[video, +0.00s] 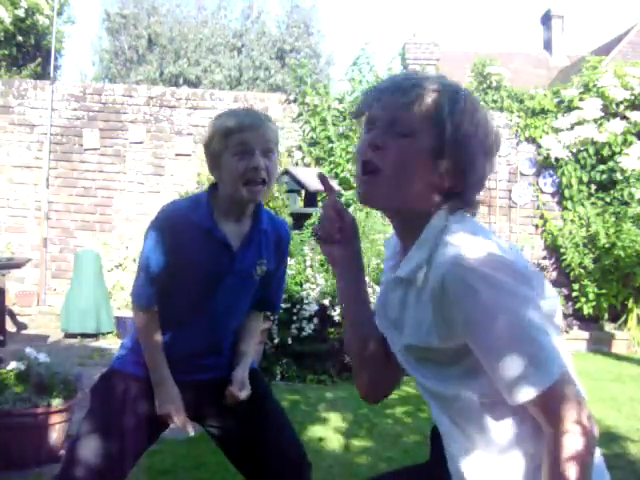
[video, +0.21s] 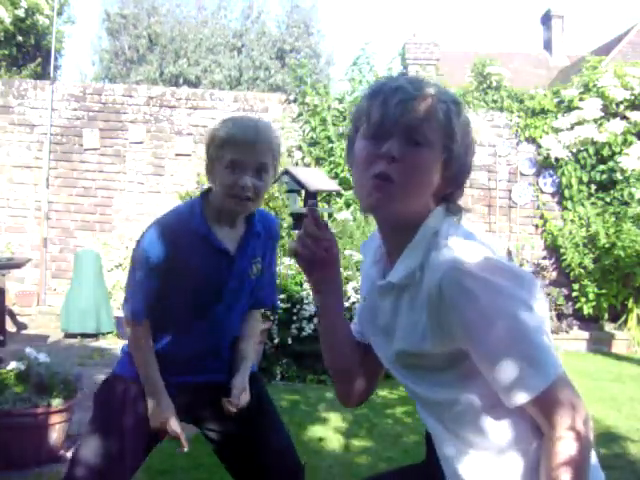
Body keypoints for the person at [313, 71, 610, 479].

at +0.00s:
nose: (370, 141)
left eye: (399, 132)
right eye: (368, 128)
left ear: (447, 174)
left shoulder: (467, 264)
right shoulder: (403, 248)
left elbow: (573, 422)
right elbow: (373, 385)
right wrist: (344, 260)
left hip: (527, 471)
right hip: (465, 464)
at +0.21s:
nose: (389, 150)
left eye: (414, 141)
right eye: (375, 136)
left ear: (447, 178)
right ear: (351, 158)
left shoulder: (466, 272)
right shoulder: (379, 253)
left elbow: (569, 421)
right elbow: (353, 389)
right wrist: (326, 283)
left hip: (526, 472)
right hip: (455, 464)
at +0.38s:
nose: (382, 153)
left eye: (406, 143)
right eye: (365, 139)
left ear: (439, 180)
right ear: (341, 163)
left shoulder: (464, 271)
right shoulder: (367, 258)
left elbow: (562, 420)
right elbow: (375, 392)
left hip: (517, 470)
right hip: (445, 463)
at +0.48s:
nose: (372, 159)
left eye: (395, 149)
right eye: (355, 146)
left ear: (430, 182)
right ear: (331, 170)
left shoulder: (463, 278)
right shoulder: (366, 263)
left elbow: (553, 429)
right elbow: (386, 390)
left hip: (512, 469)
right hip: (438, 465)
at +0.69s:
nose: (306, 93)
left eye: (316, 77)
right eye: (310, 77)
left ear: (352, 81)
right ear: (399, 85)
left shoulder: (404, 170)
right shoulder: (408, 157)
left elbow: (480, 334)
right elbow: (497, 212)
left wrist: (329, 260)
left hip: (466, 451)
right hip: (402, 431)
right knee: (303, 475)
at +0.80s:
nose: (318, 32)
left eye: (322, 15)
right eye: (321, 17)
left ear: (341, 17)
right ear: (402, 22)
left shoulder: (380, 78)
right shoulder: (444, 79)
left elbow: (432, 240)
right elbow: (540, 121)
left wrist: (305, 138)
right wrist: (467, 185)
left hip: (433, 370)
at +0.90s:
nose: (324, 35)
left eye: (329, 19)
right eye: (328, 19)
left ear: (347, 20)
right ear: (411, 22)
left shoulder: (381, 72)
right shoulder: (459, 80)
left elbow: (421, 245)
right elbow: (559, 138)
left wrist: (299, 137)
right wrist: (481, 195)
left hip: (427, 373)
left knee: (324, 474)